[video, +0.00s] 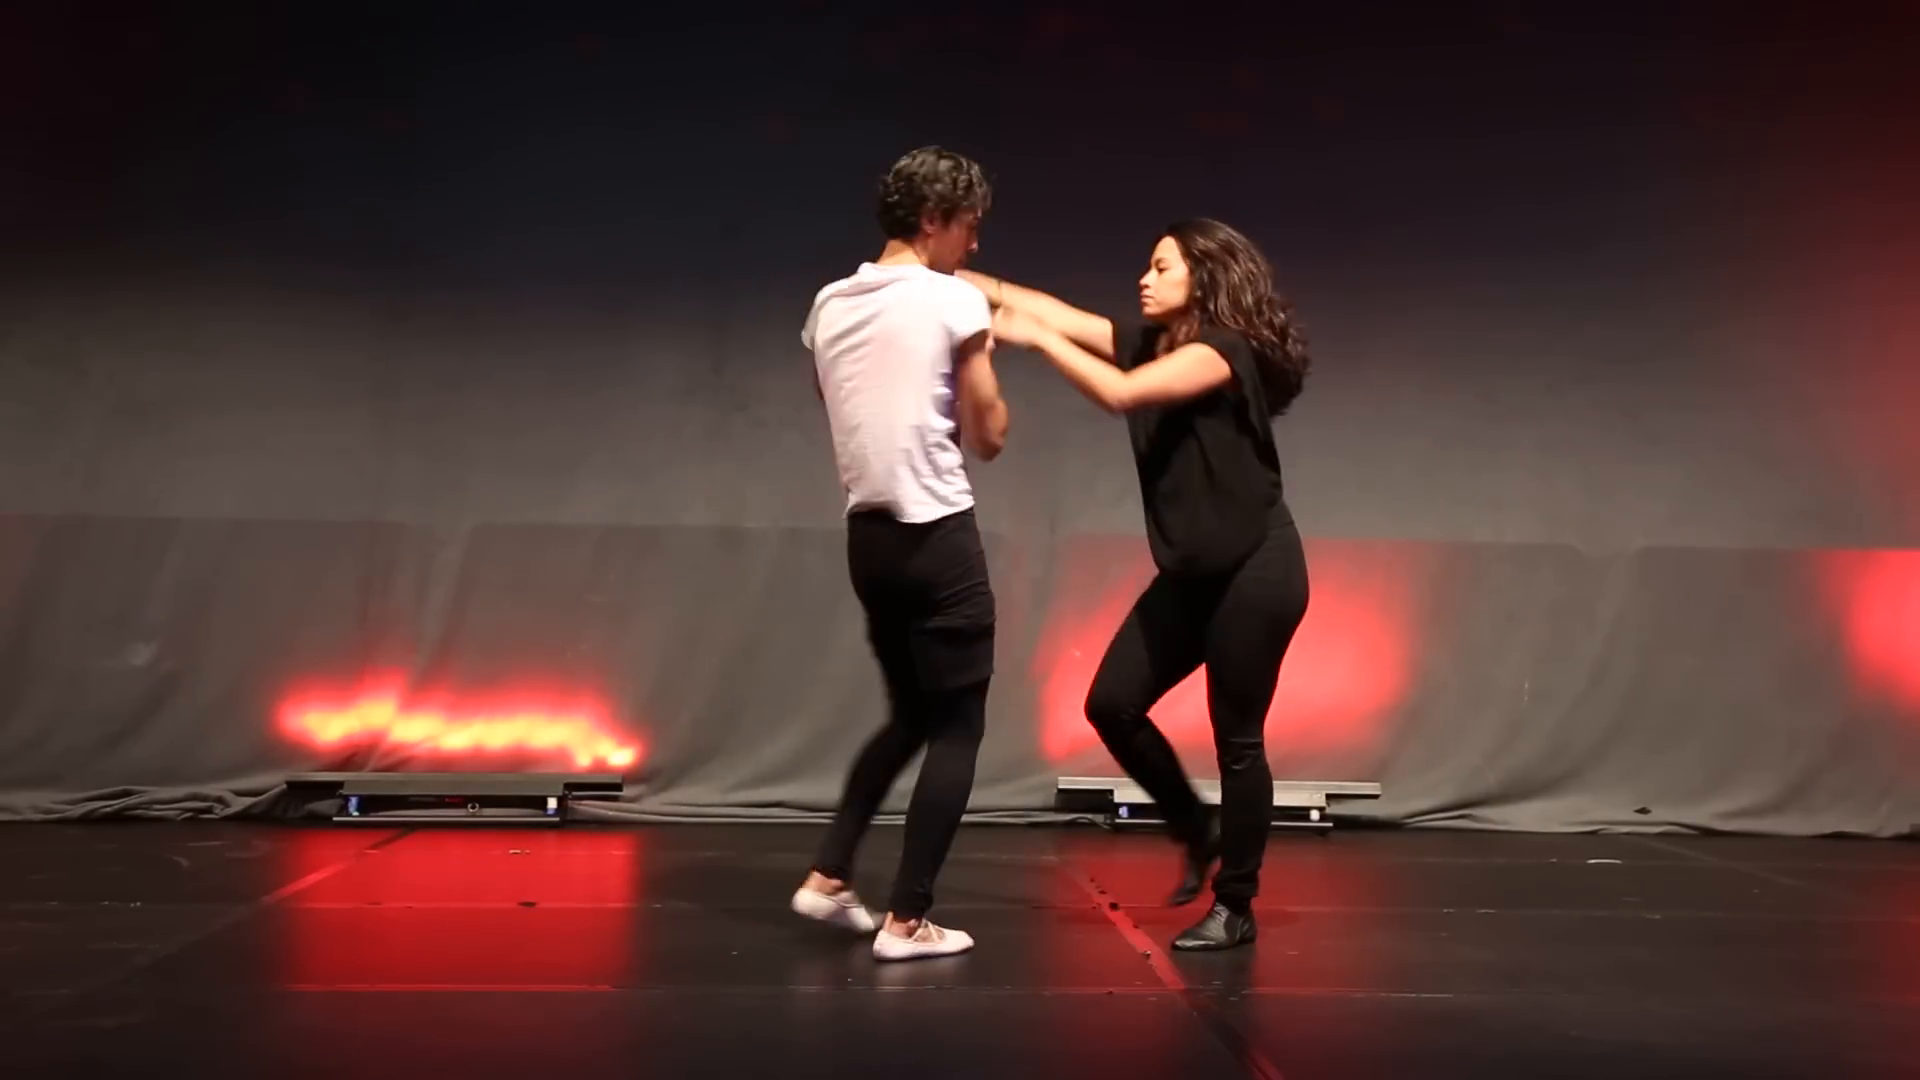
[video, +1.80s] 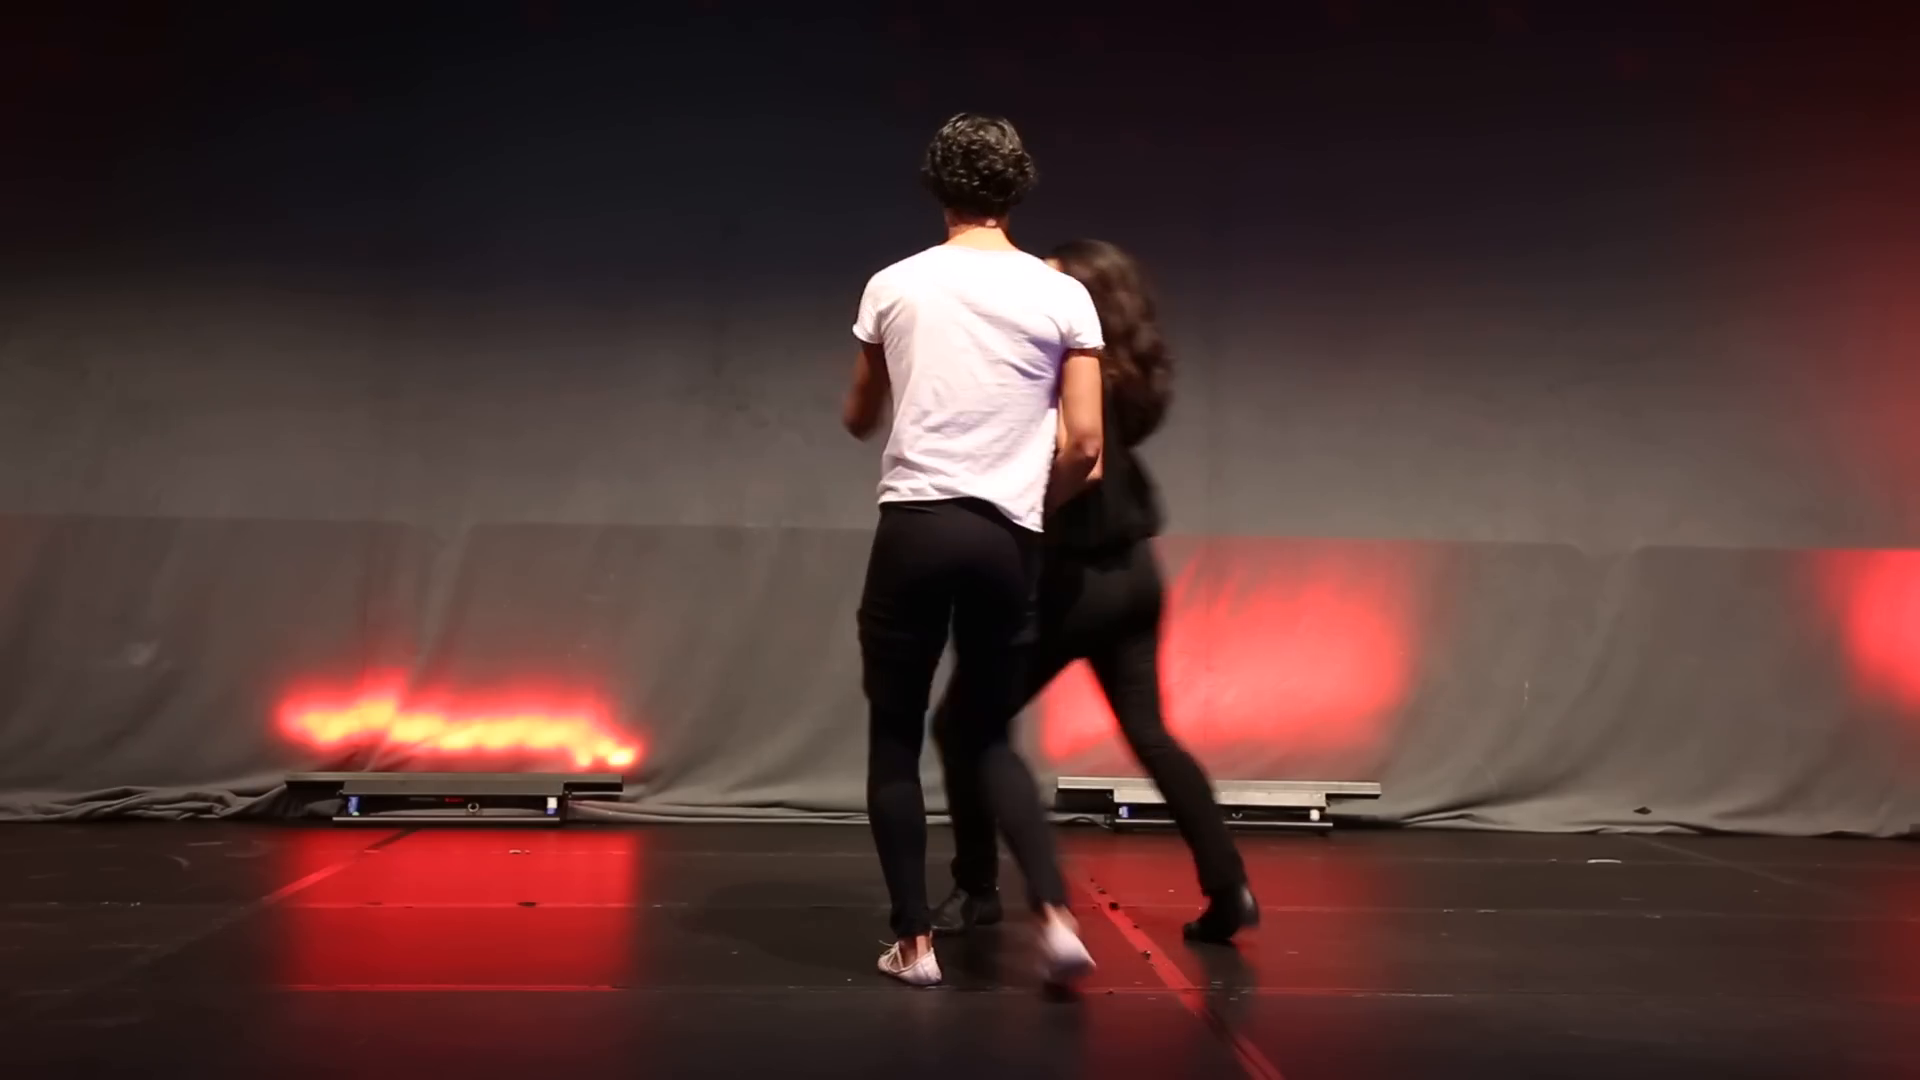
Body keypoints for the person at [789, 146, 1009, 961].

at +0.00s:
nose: (975, 246)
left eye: (977, 231)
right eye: (971, 229)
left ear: (902, 222)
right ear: (936, 221)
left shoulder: (829, 304)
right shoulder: (954, 298)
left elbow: (845, 405)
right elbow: (988, 436)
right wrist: (970, 371)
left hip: (870, 542)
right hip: (939, 539)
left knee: (909, 717)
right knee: (957, 730)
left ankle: (827, 880)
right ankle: (907, 920)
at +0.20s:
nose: (980, 248)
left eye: (983, 232)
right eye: (970, 231)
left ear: (924, 229)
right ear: (926, 224)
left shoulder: (881, 297)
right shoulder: (908, 300)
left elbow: (892, 435)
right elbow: (895, 404)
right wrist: (975, 432)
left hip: (899, 532)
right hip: (920, 531)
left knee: (935, 724)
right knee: (967, 725)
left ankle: (879, 893)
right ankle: (907, 917)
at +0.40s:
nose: (989, 257)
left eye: (993, 242)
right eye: (978, 240)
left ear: (977, 241)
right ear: (934, 231)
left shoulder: (962, 332)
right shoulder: (895, 291)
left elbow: (980, 467)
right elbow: (872, 336)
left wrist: (1061, 549)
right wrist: (1001, 318)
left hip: (943, 540)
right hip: (901, 536)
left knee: (946, 725)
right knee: (976, 719)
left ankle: (879, 892)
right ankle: (913, 911)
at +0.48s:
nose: (995, 250)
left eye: (999, 237)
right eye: (980, 236)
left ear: (994, 242)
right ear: (936, 234)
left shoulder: (976, 348)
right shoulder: (886, 291)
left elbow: (999, 469)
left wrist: (1079, 552)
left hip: (954, 547)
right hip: (898, 543)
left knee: (947, 723)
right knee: (983, 707)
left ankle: (884, 889)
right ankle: (928, 901)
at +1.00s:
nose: (1033, 238)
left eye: (1036, 223)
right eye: (1031, 221)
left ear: (982, 213)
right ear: (1000, 214)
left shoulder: (961, 293)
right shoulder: (947, 289)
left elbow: (972, 459)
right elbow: (997, 404)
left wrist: (1060, 518)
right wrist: (1029, 321)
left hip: (944, 530)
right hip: (956, 533)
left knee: (967, 724)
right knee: (1019, 728)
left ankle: (885, 898)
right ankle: (963, 934)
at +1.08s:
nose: (1028, 235)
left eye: (1030, 221)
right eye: (1028, 219)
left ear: (953, 208)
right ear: (1008, 211)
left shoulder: (907, 300)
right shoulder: (976, 289)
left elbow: (888, 442)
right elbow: (992, 415)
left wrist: (995, 466)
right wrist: (1060, 404)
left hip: (926, 538)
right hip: (978, 542)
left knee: (962, 730)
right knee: (1020, 730)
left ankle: (884, 911)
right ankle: (963, 933)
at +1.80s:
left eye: (944, 184)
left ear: (935, 191)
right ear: (1017, 192)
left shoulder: (896, 286)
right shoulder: (1064, 294)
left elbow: (862, 417)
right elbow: (1084, 440)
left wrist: (908, 368)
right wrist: (1040, 494)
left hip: (912, 532)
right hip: (1008, 538)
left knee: (893, 741)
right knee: (985, 735)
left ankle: (913, 943)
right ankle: (1054, 912)